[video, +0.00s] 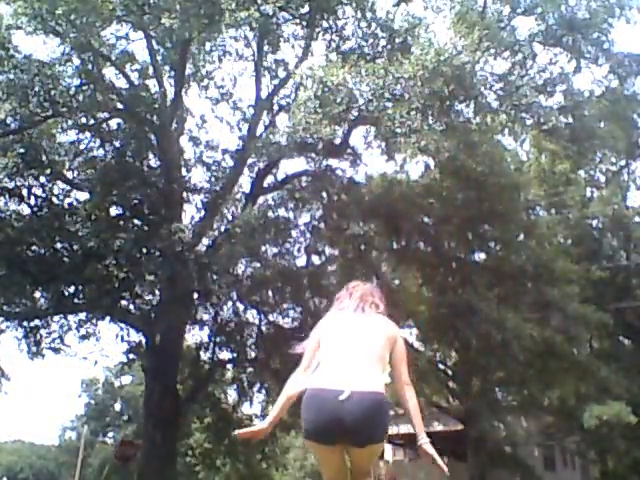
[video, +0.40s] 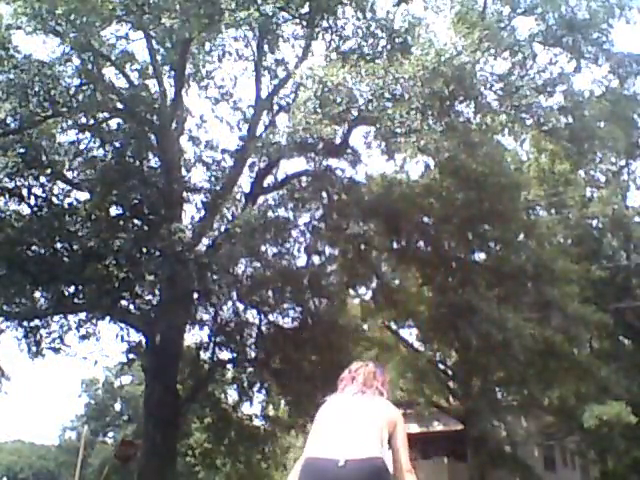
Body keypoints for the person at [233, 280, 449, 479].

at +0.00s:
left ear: (342, 300)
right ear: (378, 304)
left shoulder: (327, 321)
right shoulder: (390, 329)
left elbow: (302, 373)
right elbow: (404, 386)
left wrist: (269, 422)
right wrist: (422, 437)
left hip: (318, 403)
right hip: (368, 407)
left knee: (333, 474)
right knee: (362, 473)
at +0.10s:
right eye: (380, 329)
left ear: (342, 326)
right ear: (378, 328)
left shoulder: (327, 349)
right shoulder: (389, 354)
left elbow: (301, 401)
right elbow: (405, 412)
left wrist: (271, 451)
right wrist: (423, 465)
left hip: (319, 426)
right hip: (369, 428)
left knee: (330, 474)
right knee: (366, 475)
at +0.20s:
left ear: (342, 350)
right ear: (380, 352)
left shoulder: (326, 374)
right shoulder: (390, 378)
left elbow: (300, 429)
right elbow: (406, 438)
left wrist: (273, 474)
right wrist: (419, 476)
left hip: (317, 446)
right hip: (367, 447)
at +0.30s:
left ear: (343, 368)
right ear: (381, 371)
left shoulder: (326, 393)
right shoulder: (390, 397)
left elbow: (303, 445)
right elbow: (405, 456)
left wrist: (286, 476)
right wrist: (413, 475)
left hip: (316, 461)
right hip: (367, 461)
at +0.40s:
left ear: (344, 382)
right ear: (382, 385)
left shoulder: (327, 404)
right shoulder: (390, 410)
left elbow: (304, 460)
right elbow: (405, 470)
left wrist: (293, 476)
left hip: (314, 469)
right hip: (367, 468)